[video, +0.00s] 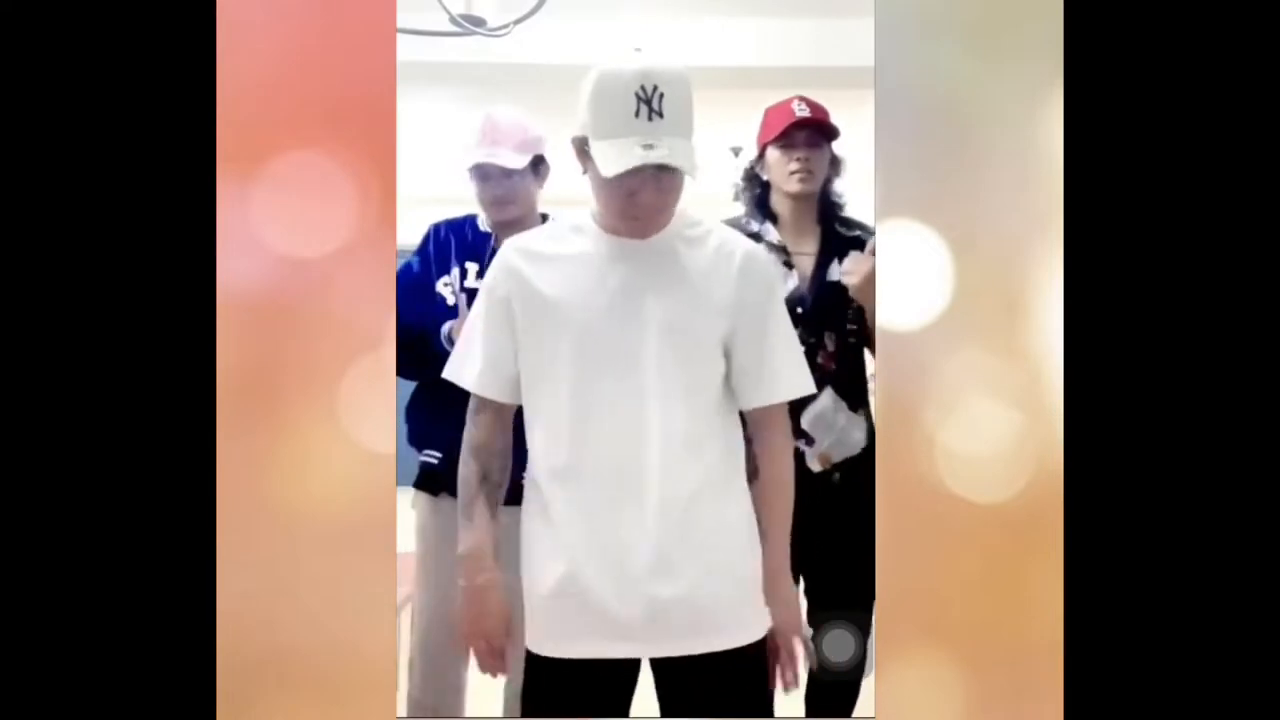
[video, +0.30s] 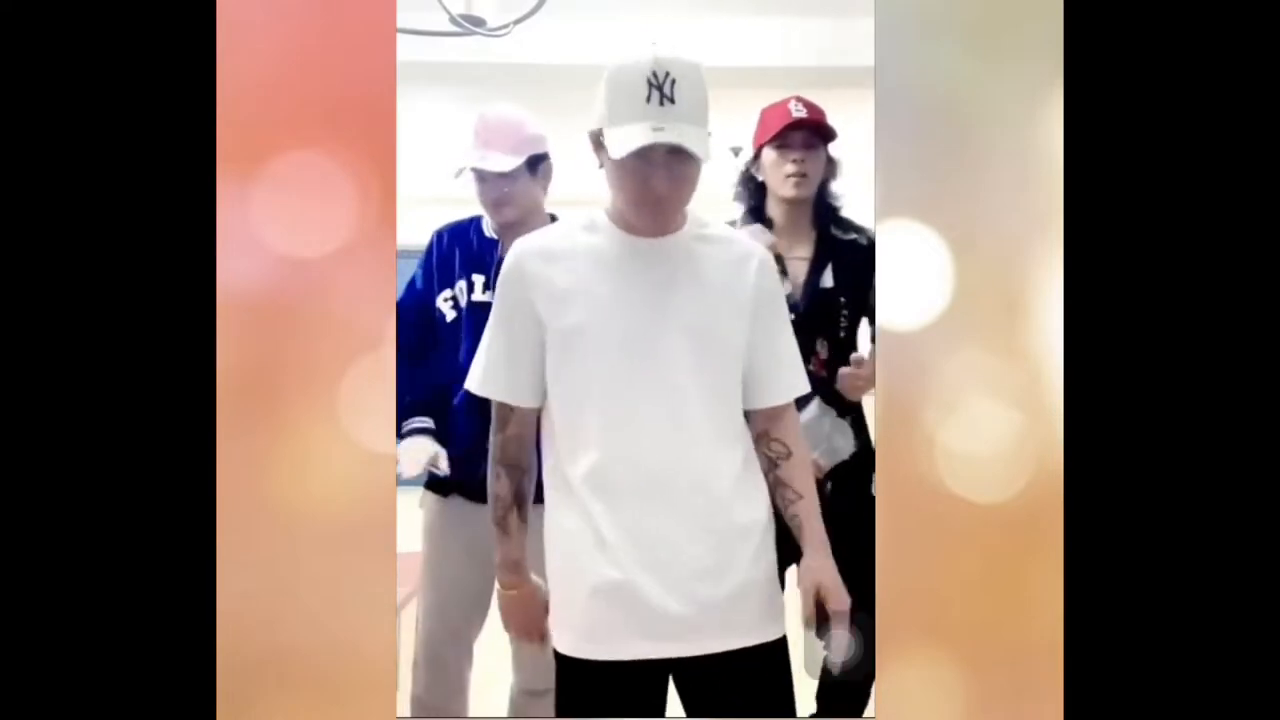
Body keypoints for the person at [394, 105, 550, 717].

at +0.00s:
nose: (495, 188)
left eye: (510, 173)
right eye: (484, 174)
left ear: (542, 173)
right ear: (470, 178)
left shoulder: (568, 251)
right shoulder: (446, 242)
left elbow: (582, 351)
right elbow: (391, 339)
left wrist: (510, 332)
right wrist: (448, 336)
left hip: (536, 484)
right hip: (446, 480)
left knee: (532, 636)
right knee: (435, 633)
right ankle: (432, 719)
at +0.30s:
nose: (492, 191)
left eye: (506, 175)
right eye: (482, 176)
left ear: (544, 175)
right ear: (471, 178)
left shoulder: (574, 256)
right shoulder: (451, 246)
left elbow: (595, 362)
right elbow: (409, 342)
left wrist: (581, 456)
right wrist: (417, 428)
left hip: (552, 490)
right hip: (462, 485)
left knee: (540, 656)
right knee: (441, 646)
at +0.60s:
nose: (461, 187)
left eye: (475, 171)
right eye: (453, 172)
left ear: (518, 170)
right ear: (445, 176)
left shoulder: (570, 256)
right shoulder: (427, 260)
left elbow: (579, 386)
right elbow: (398, 371)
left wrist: (485, 427)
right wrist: (399, 460)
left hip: (531, 493)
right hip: (442, 495)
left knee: (534, 658)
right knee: (430, 656)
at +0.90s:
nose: (485, 178)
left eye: (496, 162)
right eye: (468, 165)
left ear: (513, 171)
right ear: (439, 175)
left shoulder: (545, 252)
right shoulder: (406, 267)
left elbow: (554, 371)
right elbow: (382, 375)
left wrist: (472, 422)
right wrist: (413, 449)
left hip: (522, 494)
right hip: (430, 495)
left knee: (528, 668)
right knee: (415, 654)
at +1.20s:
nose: (529, 179)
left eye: (536, 164)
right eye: (511, 165)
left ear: (544, 169)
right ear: (469, 172)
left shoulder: (560, 256)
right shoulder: (418, 263)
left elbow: (566, 386)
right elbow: (387, 374)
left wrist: (471, 417)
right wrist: (396, 468)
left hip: (533, 495)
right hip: (437, 494)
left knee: (534, 670)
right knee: (420, 655)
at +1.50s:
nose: (485, 190)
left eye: (499, 175)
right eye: (471, 176)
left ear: (526, 178)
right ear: (451, 184)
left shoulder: (556, 263)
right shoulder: (418, 269)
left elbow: (565, 376)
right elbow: (367, 363)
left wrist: (523, 470)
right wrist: (387, 377)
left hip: (516, 500)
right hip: (428, 498)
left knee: (524, 665)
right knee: (416, 662)